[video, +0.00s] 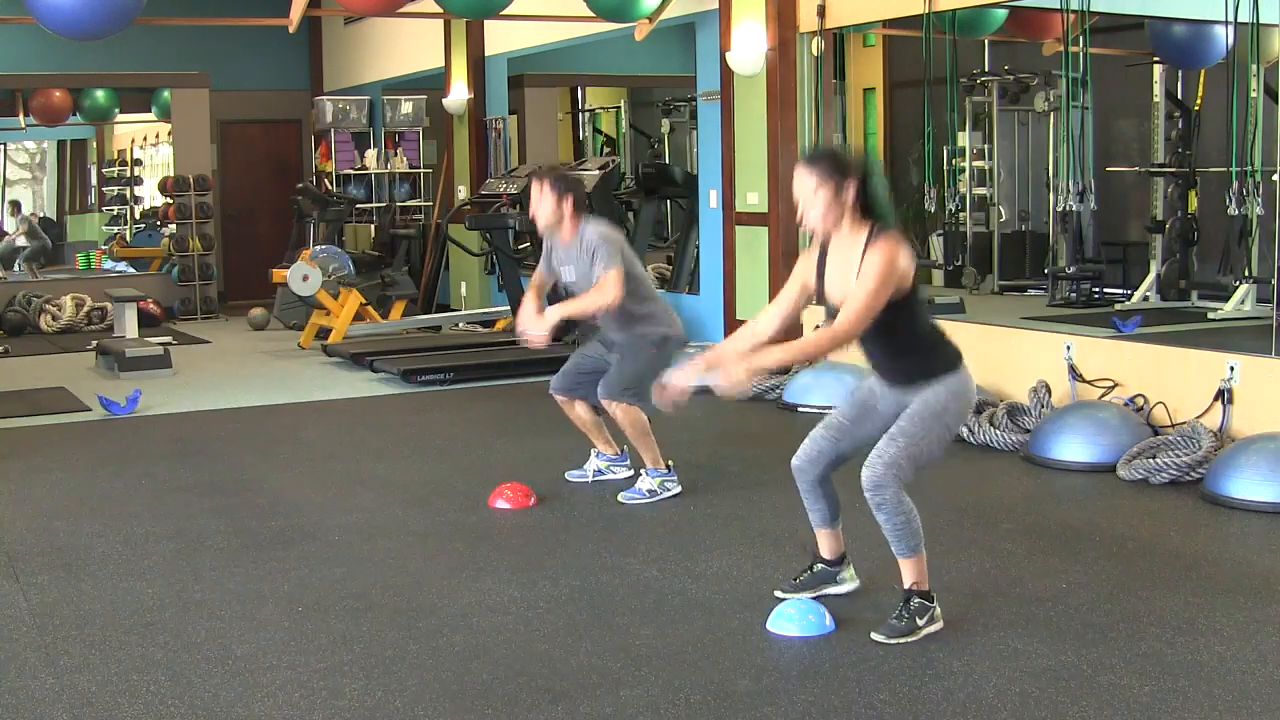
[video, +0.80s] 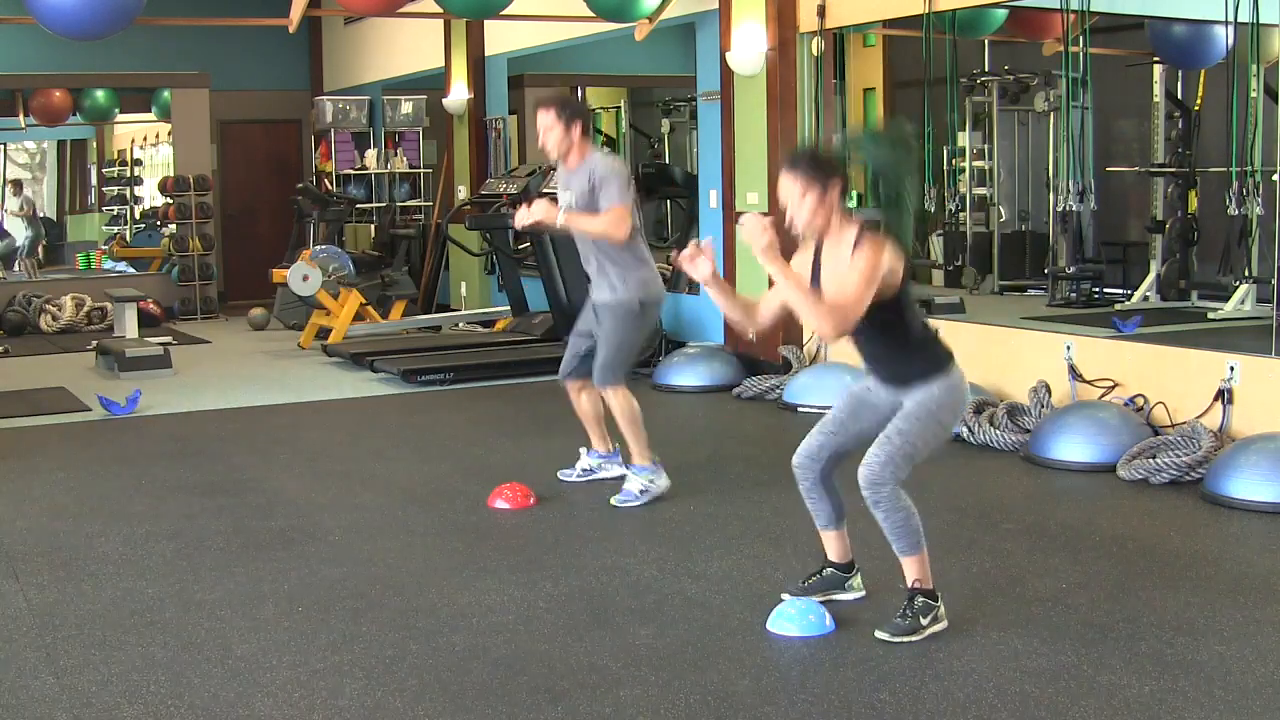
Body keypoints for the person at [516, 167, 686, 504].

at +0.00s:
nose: (532, 209)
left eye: (539, 200)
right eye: (532, 200)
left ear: (566, 203)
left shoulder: (600, 236)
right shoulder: (553, 240)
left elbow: (611, 293)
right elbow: (538, 285)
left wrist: (554, 314)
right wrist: (530, 314)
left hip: (652, 333)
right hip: (612, 335)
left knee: (615, 395)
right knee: (565, 390)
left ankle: (660, 473)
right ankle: (611, 458)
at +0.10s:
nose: (530, 159)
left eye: (536, 149)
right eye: (530, 149)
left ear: (560, 151)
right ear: (555, 153)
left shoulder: (597, 188)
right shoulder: (557, 192)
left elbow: (642, 230)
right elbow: (578, 228)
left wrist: (608, 275)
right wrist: (563, 253)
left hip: (635, 303)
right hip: (599, 302)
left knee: (614, 385)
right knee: (567, 380)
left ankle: (656, 468)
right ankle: (607, 451)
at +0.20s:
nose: (530, 120)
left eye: (534, 111)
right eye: (529, 111)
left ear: (560, 113)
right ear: (557, 114)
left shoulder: (601, 150)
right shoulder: (563, 156)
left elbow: (657, 186)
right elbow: (598, 205)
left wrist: (633, 235)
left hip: (619, 279)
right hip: (587, 278)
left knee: (600, 362)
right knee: (571, 364)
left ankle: (632, 451)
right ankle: (602, 443)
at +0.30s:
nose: (532, 108)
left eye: (537, 100)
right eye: (531, 100)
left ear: (562, 102)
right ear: (559, 103)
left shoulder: (606, 138)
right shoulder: (560, 144)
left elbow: (659, 179)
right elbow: (580, 190)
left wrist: (636, 225)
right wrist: (570, 221)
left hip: (615, 265)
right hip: (584, 262)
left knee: (582, 351)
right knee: (578, 353)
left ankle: (582, 444)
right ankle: (606, 440)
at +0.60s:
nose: (545, 109)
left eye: (551, 100)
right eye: (544, 101)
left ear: (579, 101)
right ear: (565, 103)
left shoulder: (611, 141)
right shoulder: (563, 147)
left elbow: (647, 192)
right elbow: (568, 193)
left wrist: (590, 206)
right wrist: (540, 199)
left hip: (613, 272)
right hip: (583, 273)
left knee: (581, 357)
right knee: (582, 359)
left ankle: (579, 451)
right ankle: (609, 447)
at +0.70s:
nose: (544, 111)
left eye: (549, 102)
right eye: (542, 103)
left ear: (578, 102)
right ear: (565, 105)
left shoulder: (613, 140)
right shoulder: (566, 146)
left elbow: (637, 195)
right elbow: (578, 196)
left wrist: (573, 199)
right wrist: (545, 199)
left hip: (622, 273)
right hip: (591, 274)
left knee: (597, 359)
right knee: (577, 361)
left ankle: (618, 454)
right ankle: (601, 446)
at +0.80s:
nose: (541, 141)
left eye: (547, 131)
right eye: (540, 132)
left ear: (575, 129)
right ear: (559, 133)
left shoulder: (609, 169)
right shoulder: (565, 174)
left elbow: (619, 227)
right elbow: (574, 220)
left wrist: (557, 217)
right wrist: (541, 216)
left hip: (634, 294)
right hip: (602, 293)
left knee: (610, 379)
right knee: (575, 377)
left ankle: (648, 469)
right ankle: (604, 456)